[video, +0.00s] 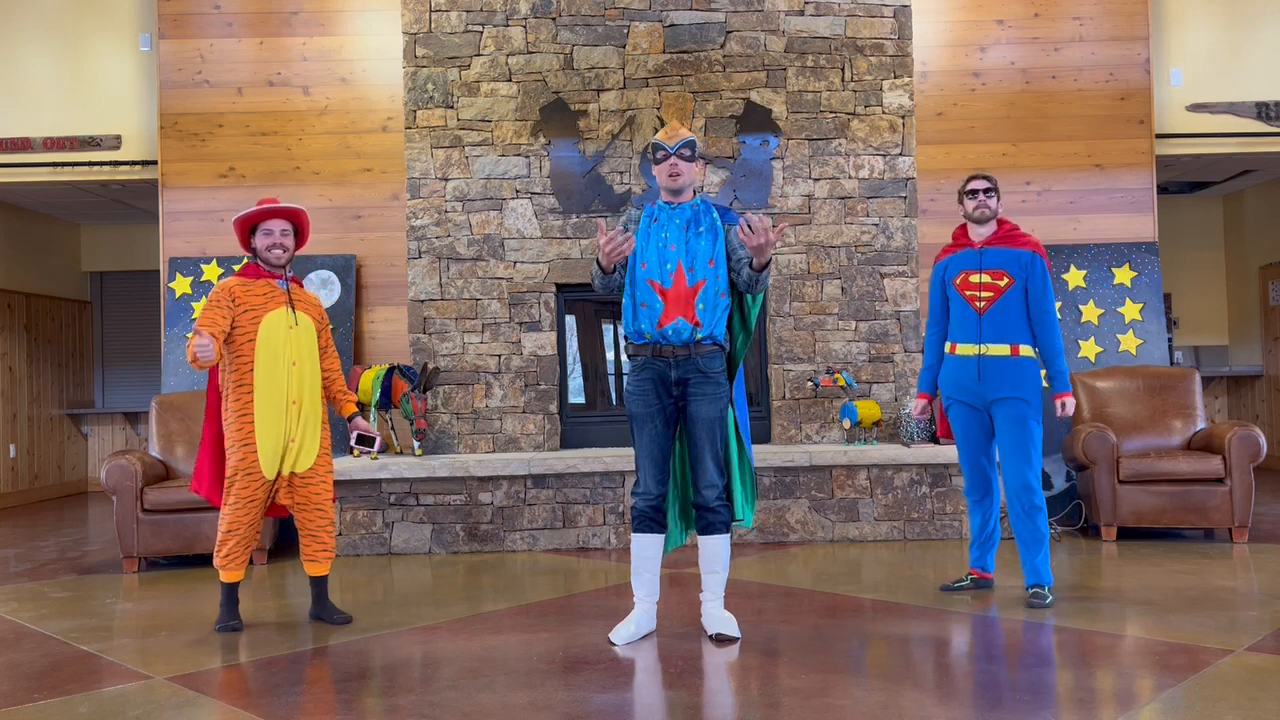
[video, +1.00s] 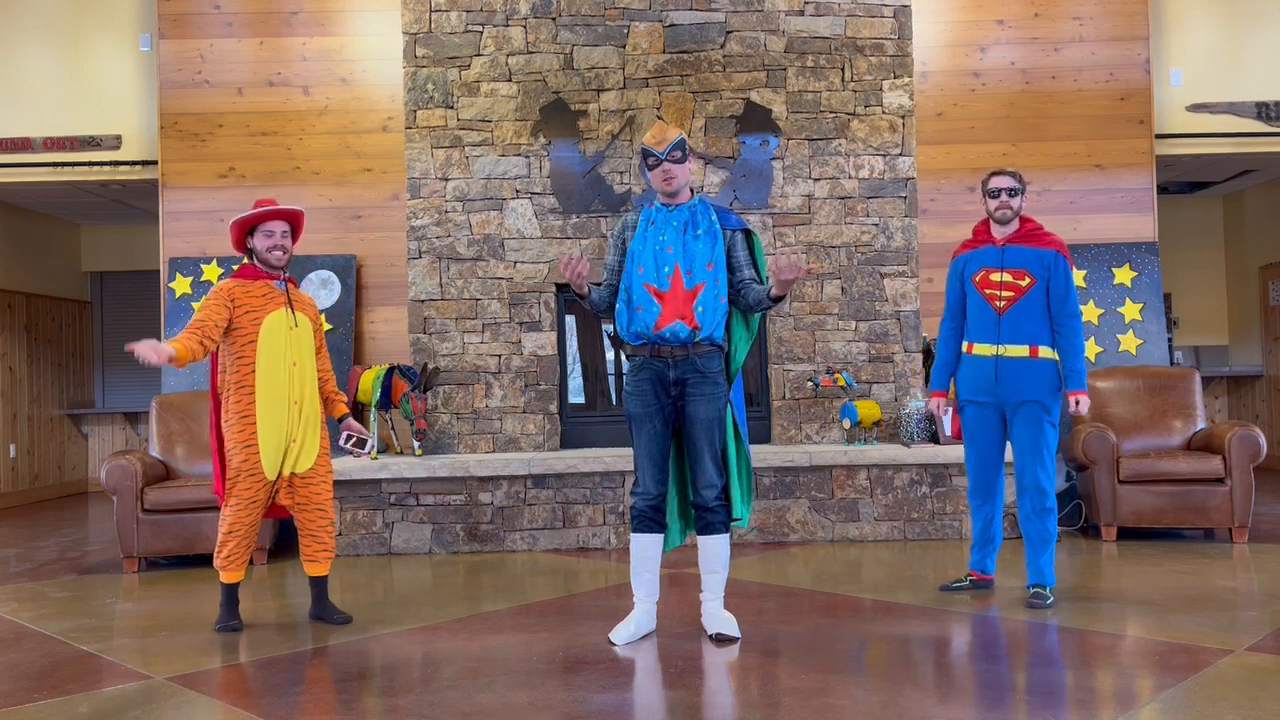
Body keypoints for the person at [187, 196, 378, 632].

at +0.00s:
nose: (278, 241)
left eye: (285, 234)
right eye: (268, 234)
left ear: (295, 243)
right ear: (252, 242)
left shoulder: (310, 302)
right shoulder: (232, 292)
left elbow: (329, 365)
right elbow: (205, 339)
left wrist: (351, 414)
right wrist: (202, 350)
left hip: (306, 422)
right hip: (250, 423)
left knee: (318, 503)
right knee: (242, 507)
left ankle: (321, 600)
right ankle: (229, 605)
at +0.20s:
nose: (279, 241)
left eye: (286, 235)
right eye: (268, 234)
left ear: (294, 243)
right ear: (252, 242)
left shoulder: (307, 301)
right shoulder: (231, 293)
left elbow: (323, 364)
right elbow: (201, 353)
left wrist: (344, 415)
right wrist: (204, 345)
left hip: (305, 419)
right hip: (250, 419)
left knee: (318, 500)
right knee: (244, 503)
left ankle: (321, 600)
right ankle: (229, 605)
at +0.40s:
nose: (278, 241)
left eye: (285, 234)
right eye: (267, 234)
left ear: (293, 243)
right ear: (251, 242)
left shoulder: (305, 301)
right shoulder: (229, 293)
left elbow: (320, 366)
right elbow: (200, 353)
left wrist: (333, 420)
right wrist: (206, 343)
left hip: (304, 419)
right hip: (250, 419)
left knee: (318, 499)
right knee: (244, 501)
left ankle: (321, 600)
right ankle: (229, 605)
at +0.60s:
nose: (277, 242)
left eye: (284, 235)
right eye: (267, 235)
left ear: (292, 243)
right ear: (250, 243)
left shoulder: (302, 300)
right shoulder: (229, 293)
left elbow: (318, 366)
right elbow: (200, 353)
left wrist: (333, 419)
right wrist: (207, 343)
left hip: (302, 418)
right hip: (249, 418)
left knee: (317, 499)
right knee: (244, 500)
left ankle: (320, 600)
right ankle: (229, 605)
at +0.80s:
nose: (277, 241)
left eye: (284, 235)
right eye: (267, 235)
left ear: (292, 244)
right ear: (250, 243)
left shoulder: (303, 302)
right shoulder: (230, 292)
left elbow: (319, 366)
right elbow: (206, 331)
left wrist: (338, 417)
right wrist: (198, 346)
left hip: (303, 419)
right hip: (250, 419)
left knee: (317, 500)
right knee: (244, 500)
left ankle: (320, 600)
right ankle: (229, 605)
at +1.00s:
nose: (278, 242)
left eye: (285, 235)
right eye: (268, 235)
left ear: (293, 243)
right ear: (250, 243)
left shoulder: (305, 302)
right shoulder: (230, 293)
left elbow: (321, 367)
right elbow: (199, 336)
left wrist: (343, 415)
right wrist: (169, 351)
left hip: (304, 420)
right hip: (250, 422)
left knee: (318, 502)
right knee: (244, 505)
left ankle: (321, 600)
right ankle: (229, 605)